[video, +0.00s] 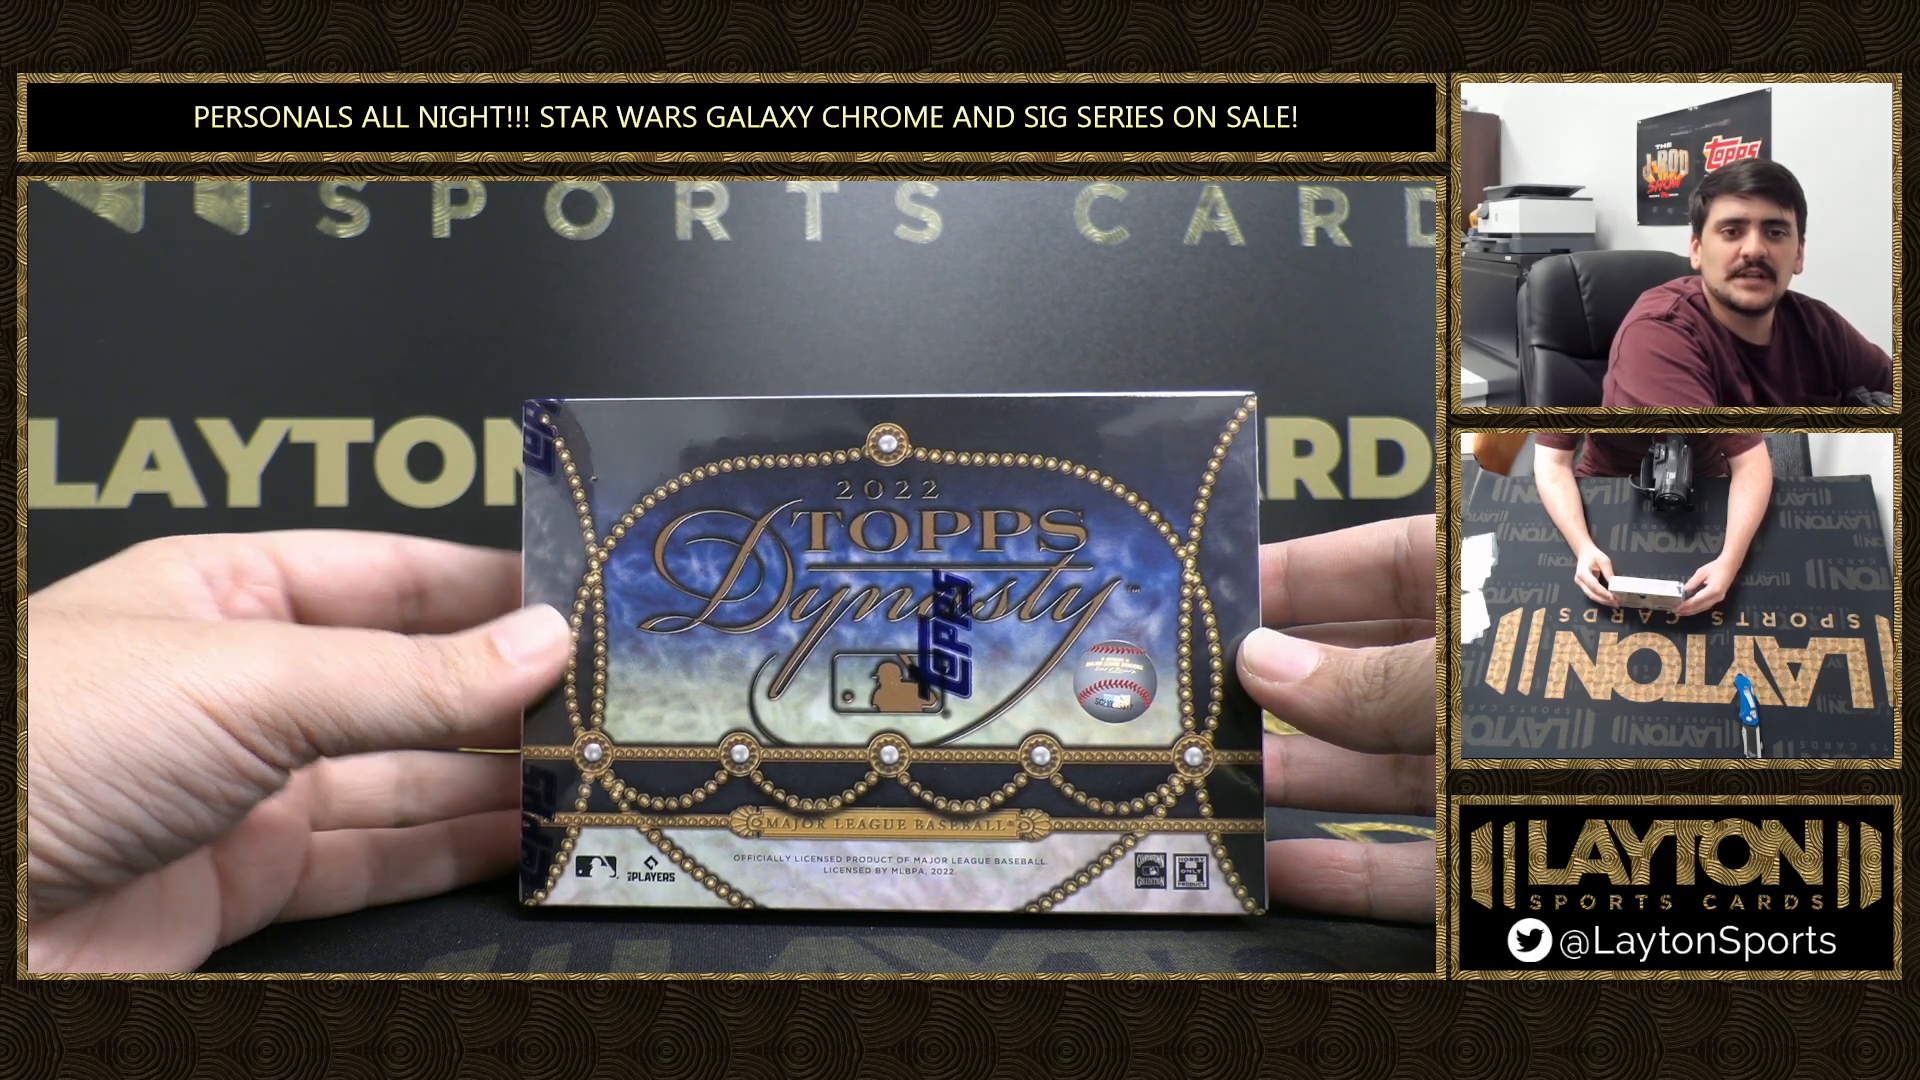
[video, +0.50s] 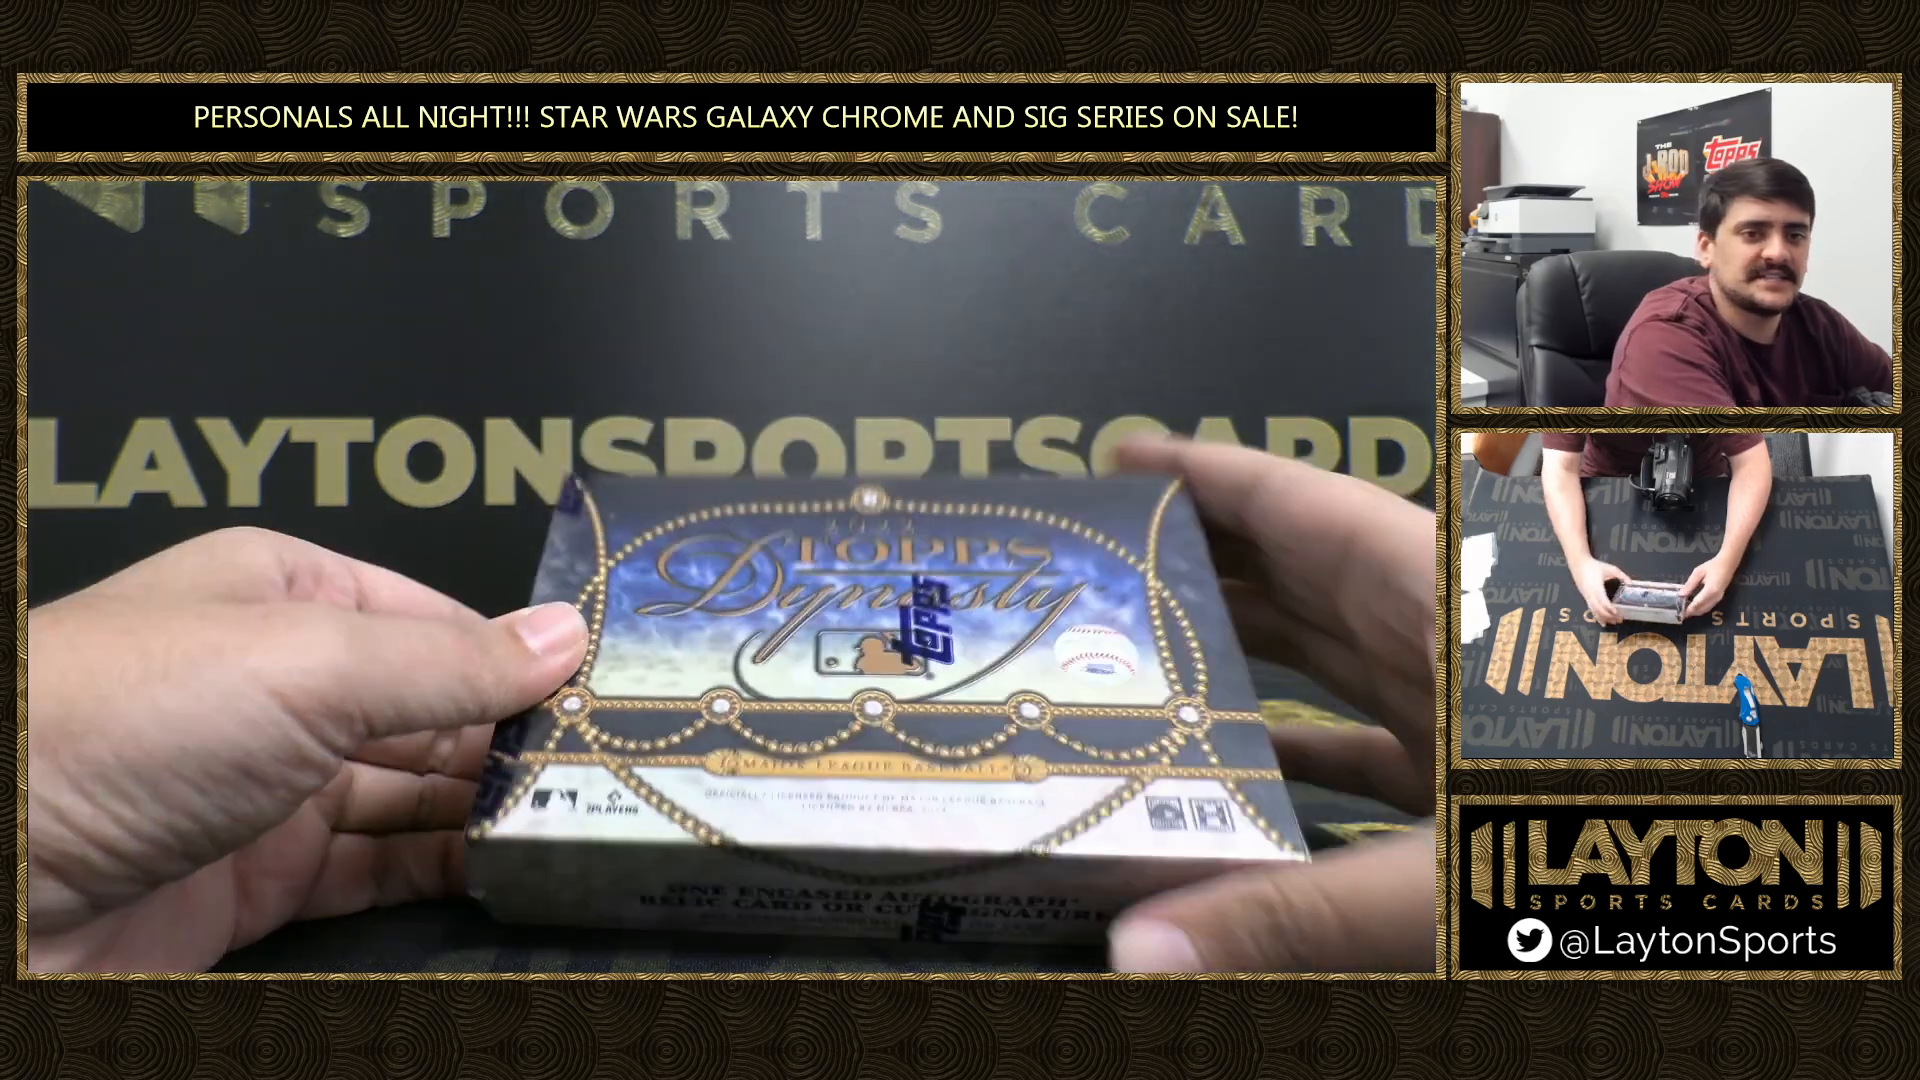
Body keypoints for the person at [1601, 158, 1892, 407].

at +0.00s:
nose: (1754, 249)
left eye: (1775, 232)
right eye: (1732, 232)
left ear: (1799, 254)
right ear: (1696, 250)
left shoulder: (1818, 328)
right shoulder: (1658, 332)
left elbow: (1896, 388)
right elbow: (1746, 460)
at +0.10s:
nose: (1756, 250)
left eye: (1776, 232)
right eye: (1733, 232)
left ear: (1800, 254)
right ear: (1697, 250)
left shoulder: (1818, 328)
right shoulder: (1658, 332)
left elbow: (1896, 387)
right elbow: (1747, 460)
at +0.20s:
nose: (1758, 251)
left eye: (1778, 233)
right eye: (1735, 232)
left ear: (1800, 256)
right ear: (1698, 250)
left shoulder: (1818, 328)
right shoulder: (1658, 332)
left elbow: (1896, 388)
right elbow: (1747, 461)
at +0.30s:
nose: (1764, 251)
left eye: (1783, 233)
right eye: (1741, 231)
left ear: (1803, 254)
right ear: (1701, 249)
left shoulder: (1819, 328)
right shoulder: (1660, 332)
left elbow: (1898, 390)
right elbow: (1748, 460)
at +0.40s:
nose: (1773, 252)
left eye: (1791, 234)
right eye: (1749, 233)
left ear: (1807, 249)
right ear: (1704, 248)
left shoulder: (1820, 328)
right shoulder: (1663, 333)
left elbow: (1898, 390)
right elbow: (1749, 461)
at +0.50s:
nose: (1777, 253)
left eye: (1794, 235)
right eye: (1753, 234)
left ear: (1808, 248)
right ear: (1706, 248)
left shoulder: (1820, 328)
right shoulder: (1665, 334)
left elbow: (1897, 388)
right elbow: (1748, 459)